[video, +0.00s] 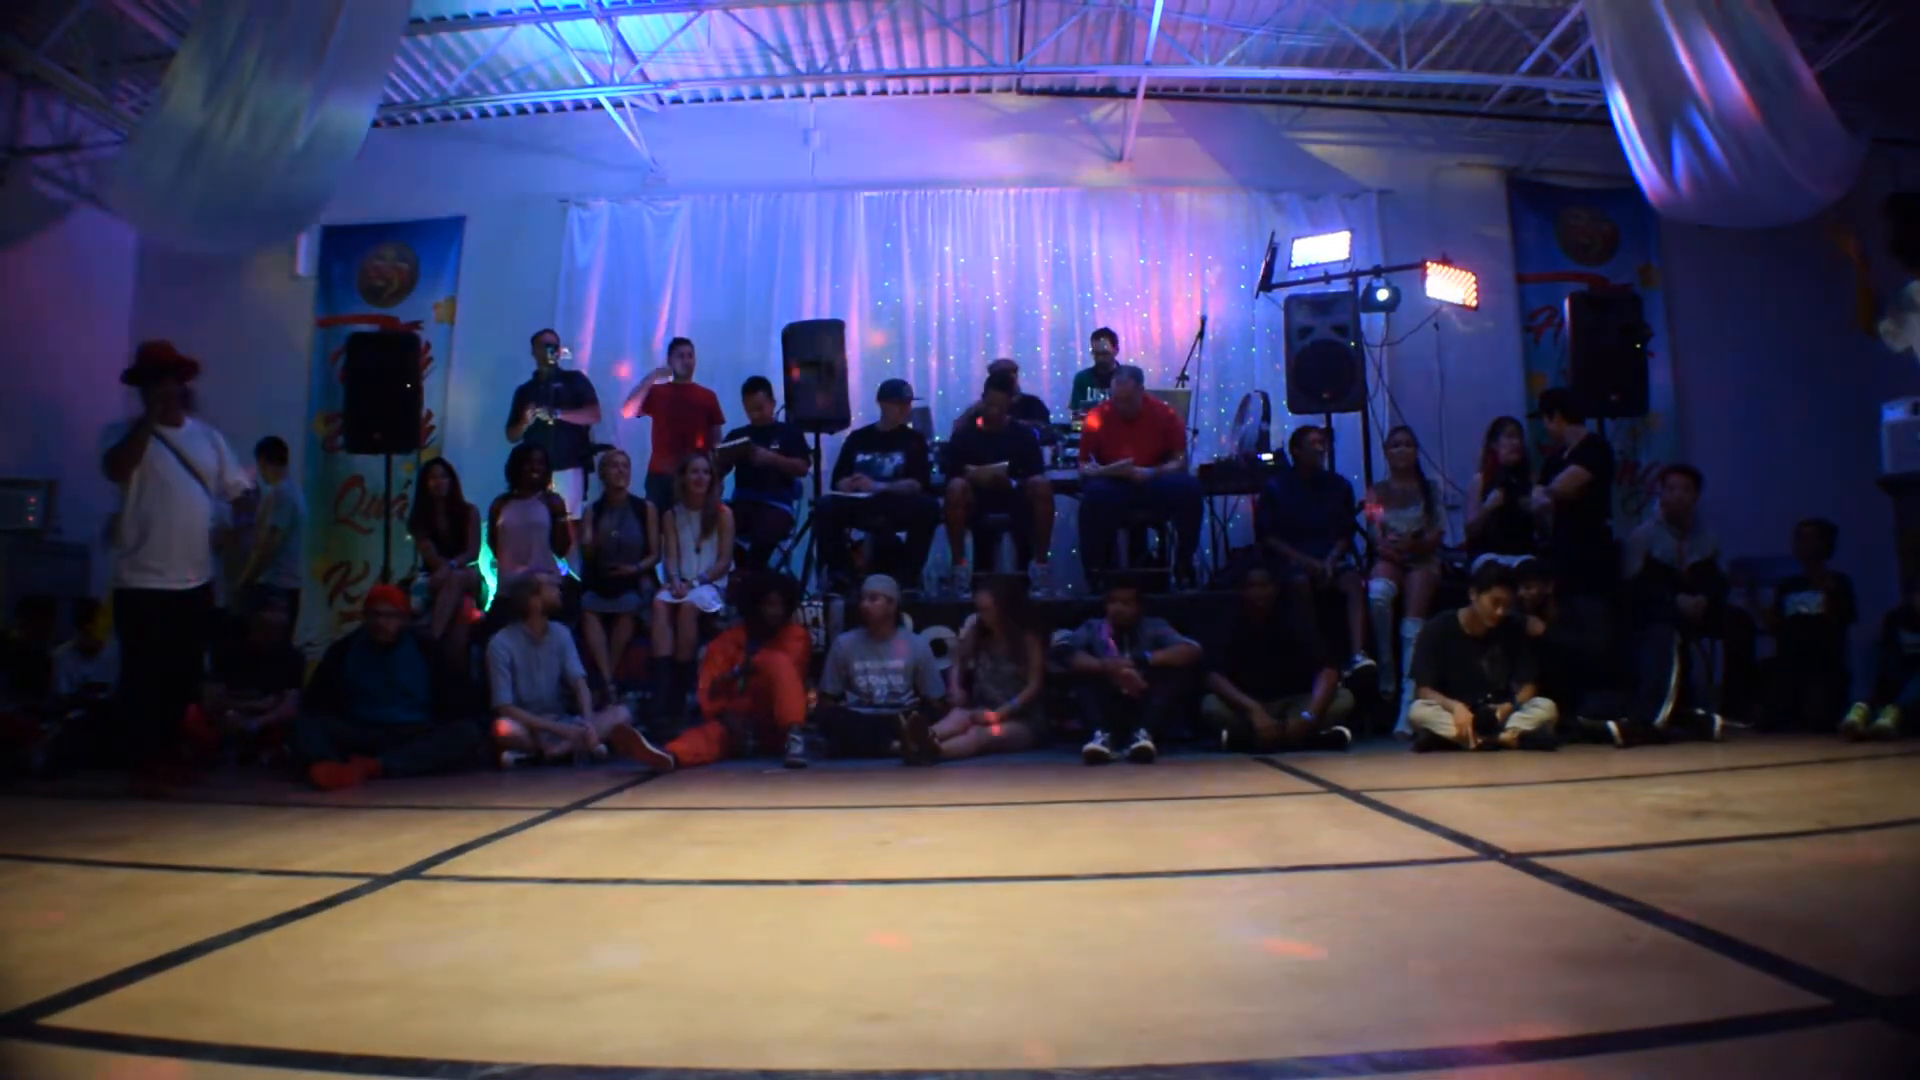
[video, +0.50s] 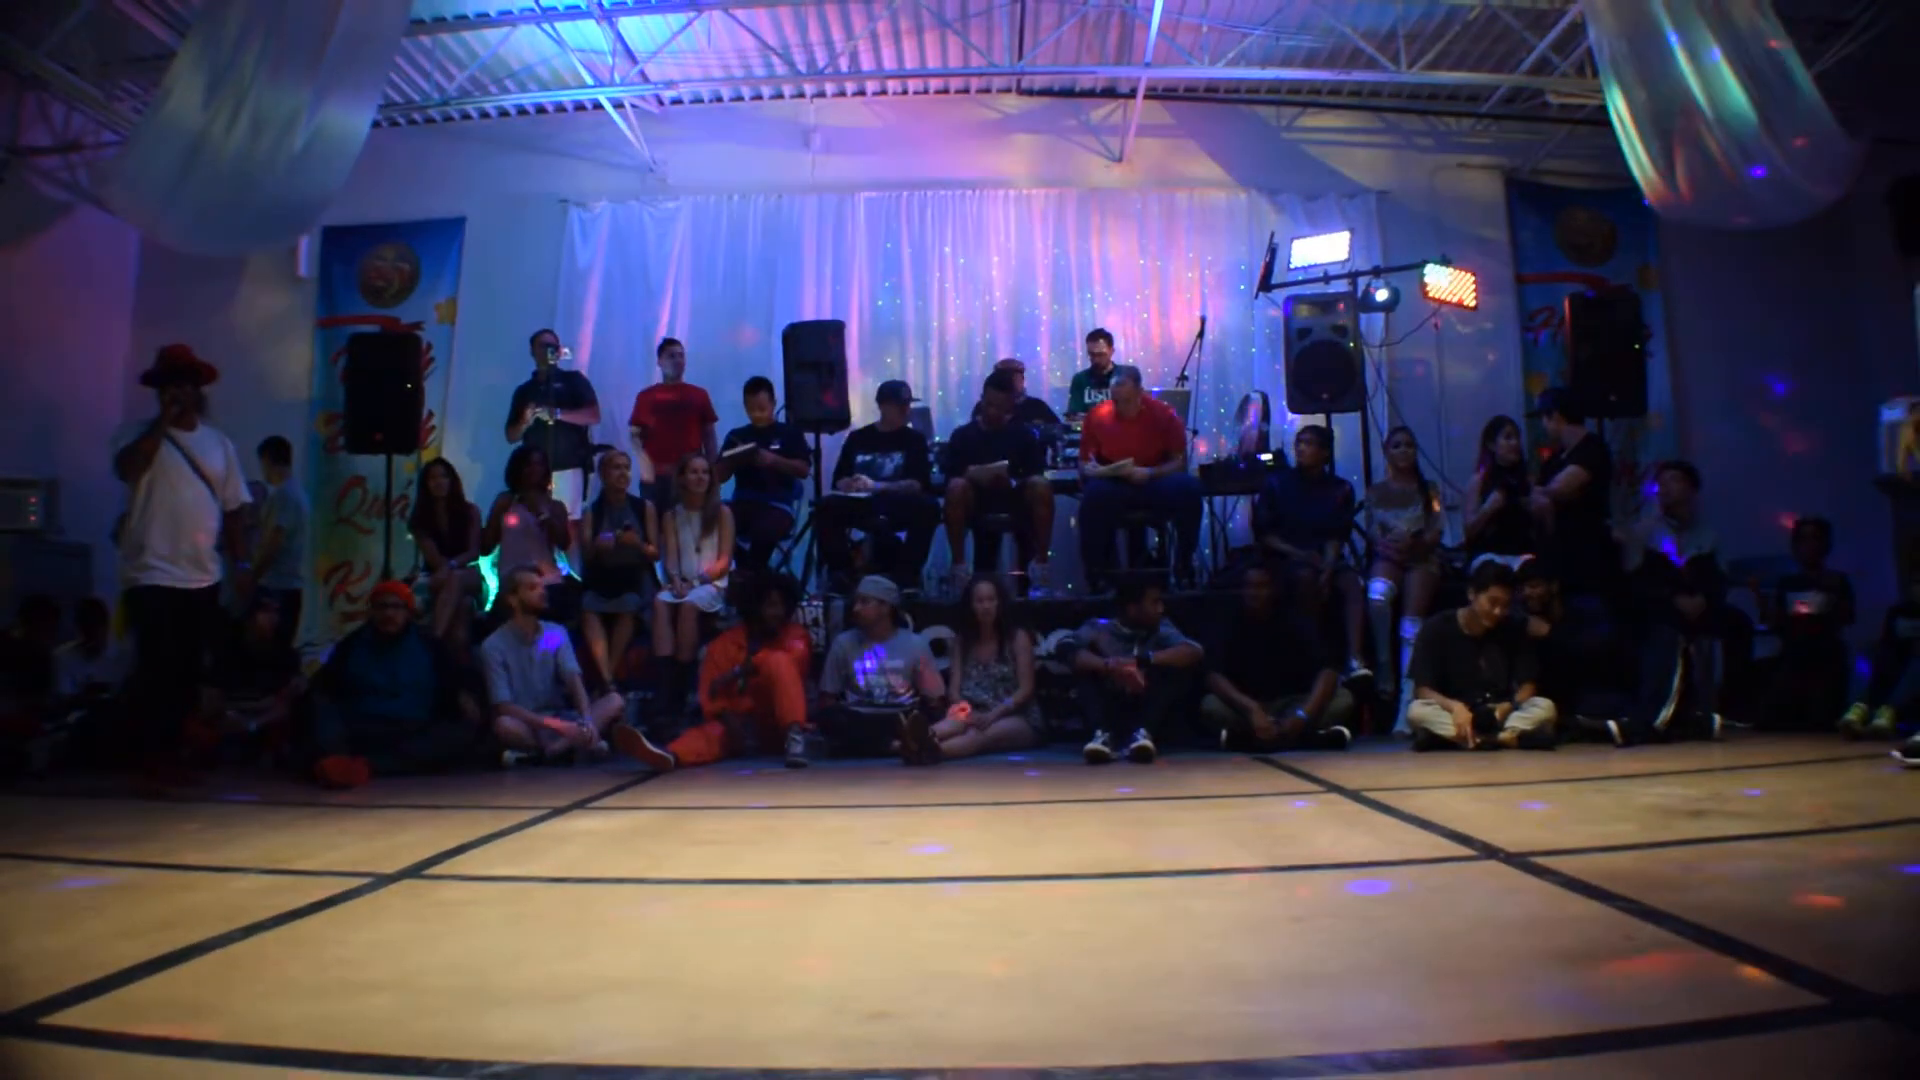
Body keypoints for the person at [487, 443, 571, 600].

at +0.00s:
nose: (535, 468)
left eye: (540, 463)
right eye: (529, 462)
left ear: (547, 468)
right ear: (516, 467)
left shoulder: (552, 501)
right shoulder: (500, 504)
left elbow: (561, 548)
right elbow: (493, 543)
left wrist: (558, 515)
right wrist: (509, 564)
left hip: (545, 580)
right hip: (510, 582)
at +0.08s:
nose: (535, 468)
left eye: (540, 463)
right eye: (529, 463)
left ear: (547, 468)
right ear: (516, 467)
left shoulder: (551, 502)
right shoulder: (500, 504)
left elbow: (561, 549)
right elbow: (492, 544)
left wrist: (558, 514)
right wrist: (511, 563)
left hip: (546, 583)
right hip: (510, 584)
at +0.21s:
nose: (534, 469)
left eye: (539, 463)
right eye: (527, 463)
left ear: (546, 469)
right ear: (515, 468)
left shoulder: (551, 503)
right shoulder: (498, 505)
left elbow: (561, 549)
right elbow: (489, 547)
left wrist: (555, 513)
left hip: (546, 582)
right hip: (509, 583)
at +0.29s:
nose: (534, 469)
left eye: (539, 464)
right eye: (527, 464)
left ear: (546, 469)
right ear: (515, 468)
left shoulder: (551, 503)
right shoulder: (497, 507)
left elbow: (562, 549)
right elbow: (487, 550)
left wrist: (555, 516)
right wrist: (495, 516)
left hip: (548, 584)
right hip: (509, 587)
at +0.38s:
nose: (534, 470)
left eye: (539, 464)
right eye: (527, 464)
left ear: (546, 470)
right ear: (515, 468)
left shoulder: (551, 504)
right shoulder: (497, 506)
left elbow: (562, 547)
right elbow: (486, 549)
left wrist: (553, 511)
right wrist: (495, 513)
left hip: (547, 587)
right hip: (508, 588)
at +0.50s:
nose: (535, 470)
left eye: (540, 465)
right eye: (529, 465)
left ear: (547, 470)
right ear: (518, 469)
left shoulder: (555, 506)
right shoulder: (505, 501)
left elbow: (564, 543)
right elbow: (486, 547)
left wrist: (546, 517)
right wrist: (500, 512)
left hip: (548, 581)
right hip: (512, 582)